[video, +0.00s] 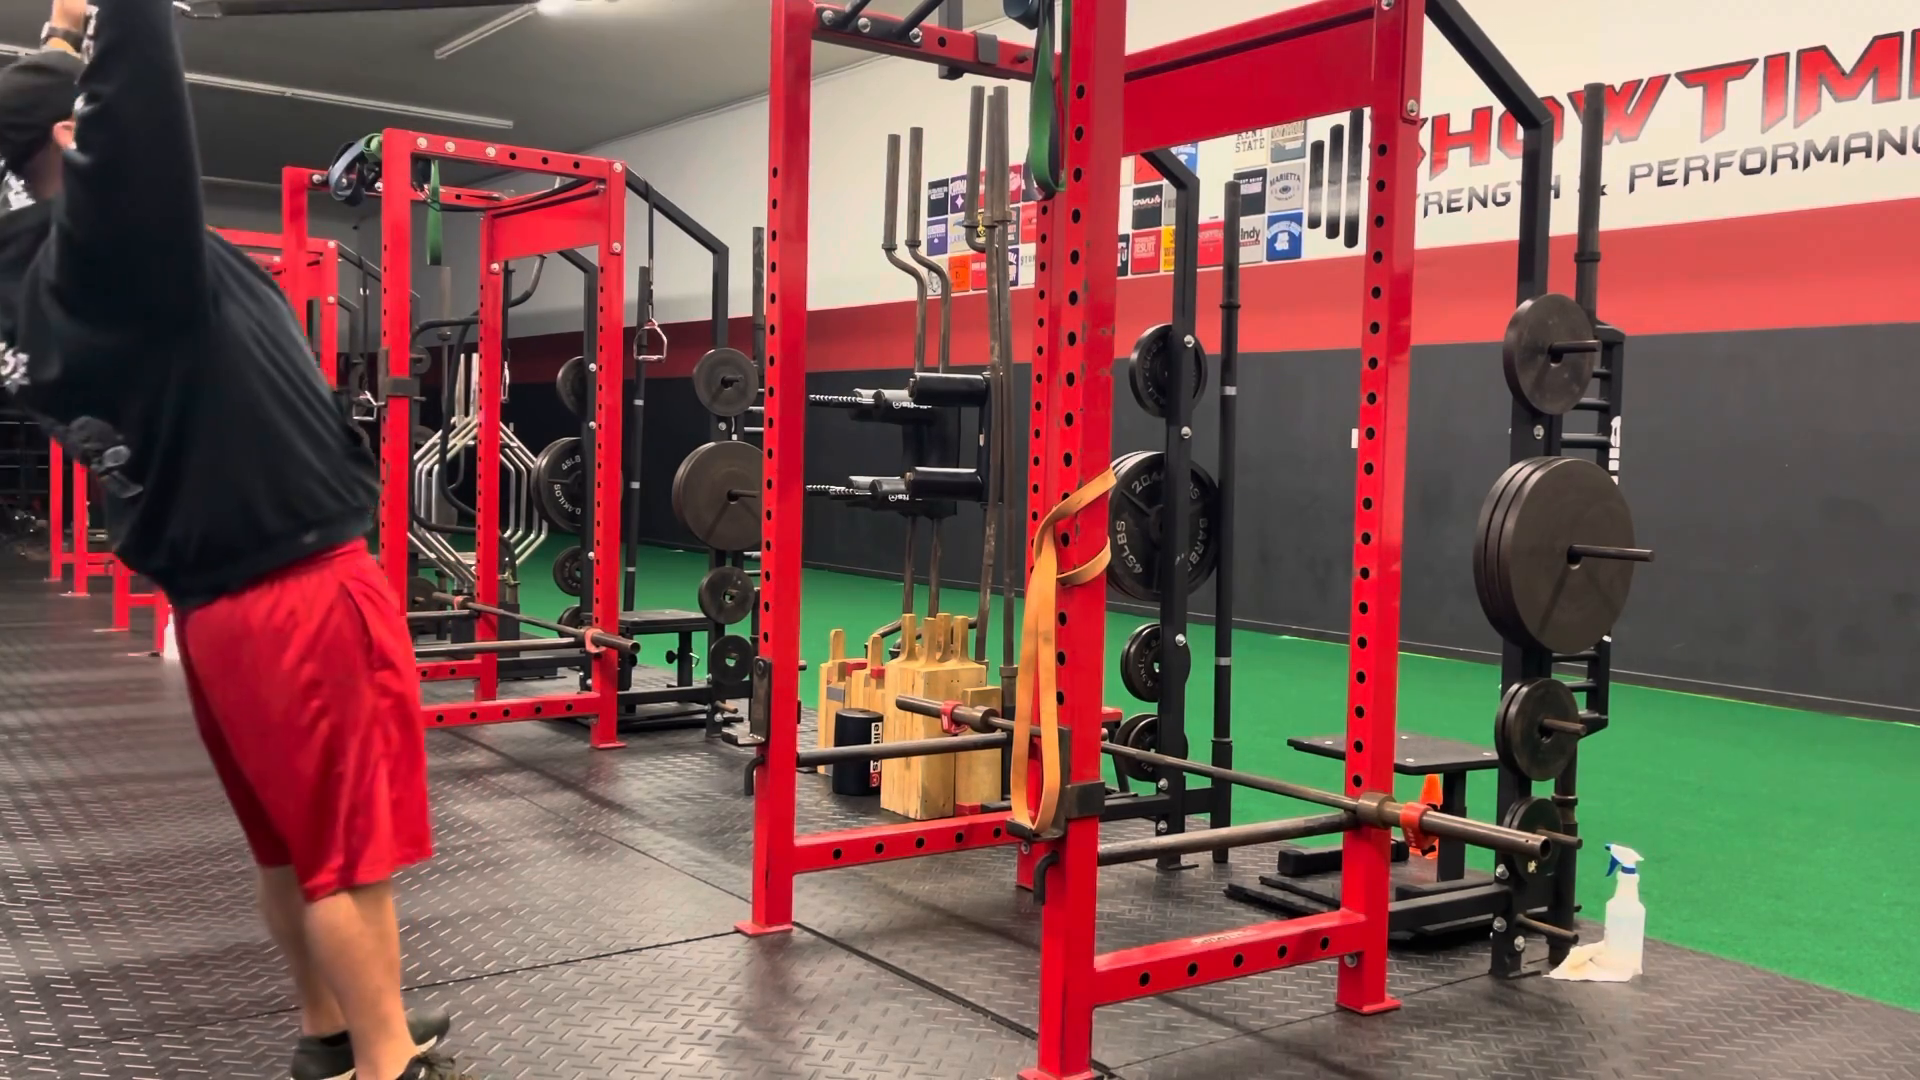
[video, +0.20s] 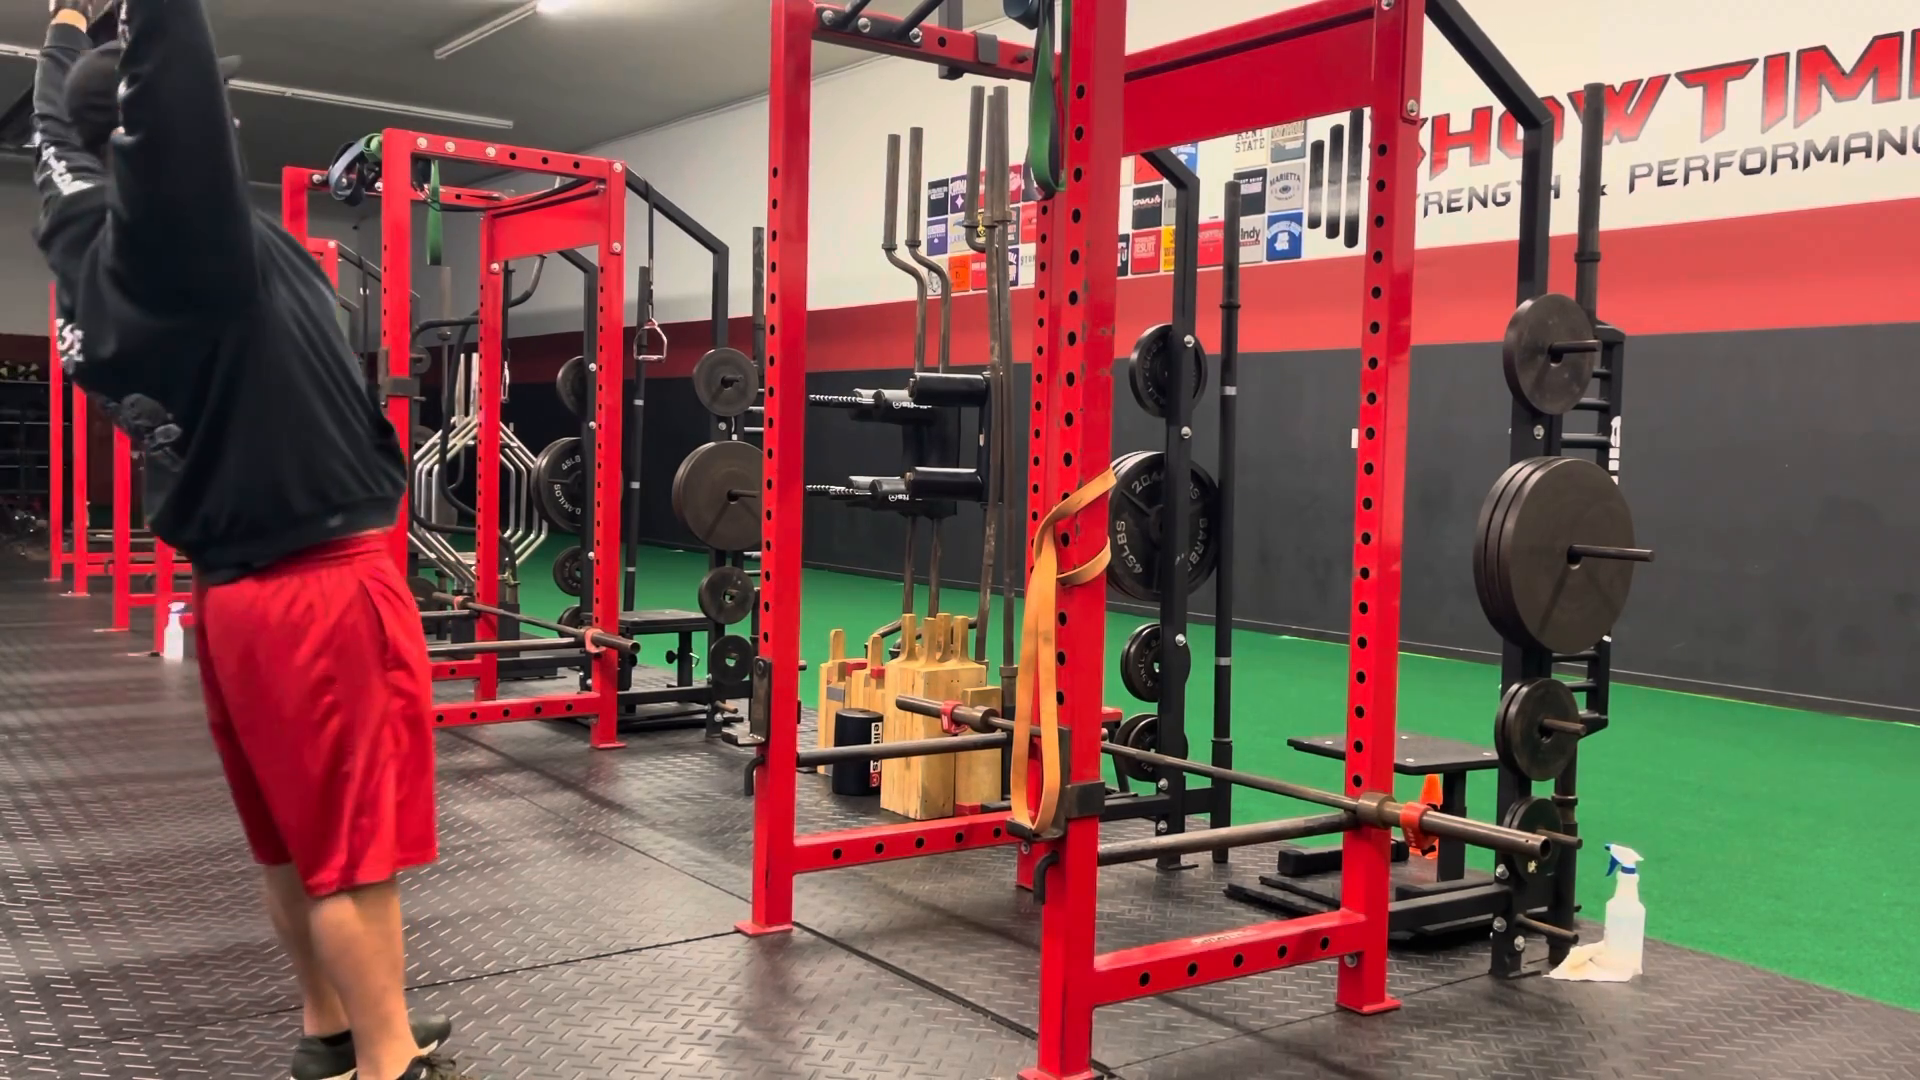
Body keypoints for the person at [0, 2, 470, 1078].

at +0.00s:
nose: (111, 133)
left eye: (97, 118)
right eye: (91, 118)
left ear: (29, 157)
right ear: (67, 136)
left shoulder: (48, 281)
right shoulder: (119, 247)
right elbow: (139, 51)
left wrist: (78, 45)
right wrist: (96, 26)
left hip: (220, 612)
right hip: (300, 597)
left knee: (288, 847)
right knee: (350, 858)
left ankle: (330, 1026)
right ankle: (388, 1061)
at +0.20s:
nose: (201, 130)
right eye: (184, 113)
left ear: (88, 146)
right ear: (161, 125)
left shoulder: (103, 280)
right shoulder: (187, 238)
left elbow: (67, 170)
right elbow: (180, 81)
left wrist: (64, 48)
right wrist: (136, 2)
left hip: (238, 603)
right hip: (322, 596)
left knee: (292, 843)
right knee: (356, 858)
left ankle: (331, 1023)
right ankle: (389, 1060)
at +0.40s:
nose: (279, 129)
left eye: (271, 113)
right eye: (261, 115)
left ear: (188, 157)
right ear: (218, 137)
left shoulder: (138, 256)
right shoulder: (235, 237)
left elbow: (92, 140)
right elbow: (200, 73)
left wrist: (76, 20)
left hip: (245, 597)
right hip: (333, 594)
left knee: (295, 841)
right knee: (356, 855)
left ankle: (332, 1026)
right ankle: (388, 1057)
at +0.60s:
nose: (288, 124)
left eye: (280, 106)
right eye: (270, 107)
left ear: (209, 146)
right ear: (226, 130)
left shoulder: (148, 255)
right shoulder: (239, 235)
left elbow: (97, 150)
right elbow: (208, 71)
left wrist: (76, 31)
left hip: (249, 596)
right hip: (334, 593)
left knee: (299, 841)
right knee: (356, 854)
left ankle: (334, 1026)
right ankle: (388, 1057)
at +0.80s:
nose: (270, 135)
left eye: (260, 120)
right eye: (251, 123)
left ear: (171, 163)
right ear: (210, 144)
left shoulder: (136, 264)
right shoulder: (223, 241)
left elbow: (84, 157)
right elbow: (199, 81)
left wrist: (72, 35)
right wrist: (144, 2)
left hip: (245, 599)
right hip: (327, 593)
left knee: (301, 842)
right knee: (357, 853)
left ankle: (335, 1025)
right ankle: (389, 1059)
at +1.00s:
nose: (220, 134)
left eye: (211, 118)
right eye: (200, 119)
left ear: (114, 158)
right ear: (158, 141)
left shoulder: (83, 277)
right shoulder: (169, 254)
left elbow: (51, 152)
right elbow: (161, 98)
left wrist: (68, 34)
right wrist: (133, 1)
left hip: (228, 605)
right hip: (307, 594)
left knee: (293, 845)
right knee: (352, 855)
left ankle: (333, 1025)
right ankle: (389, 1058)